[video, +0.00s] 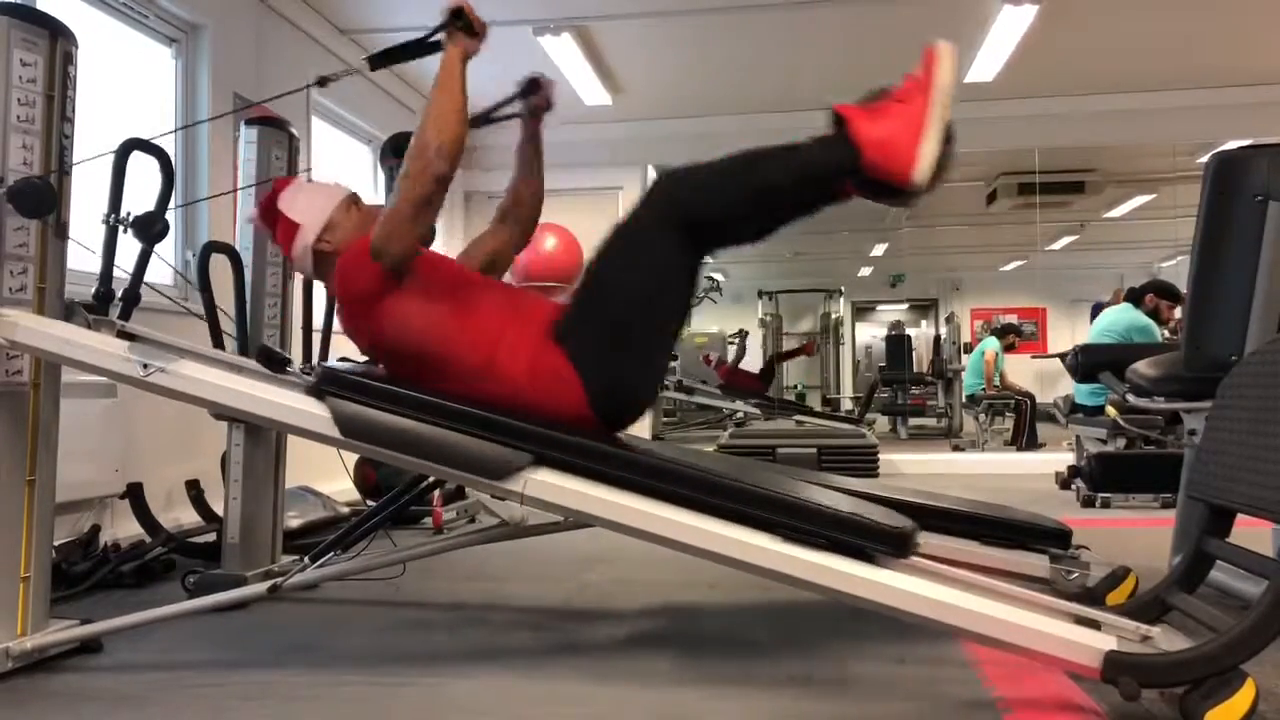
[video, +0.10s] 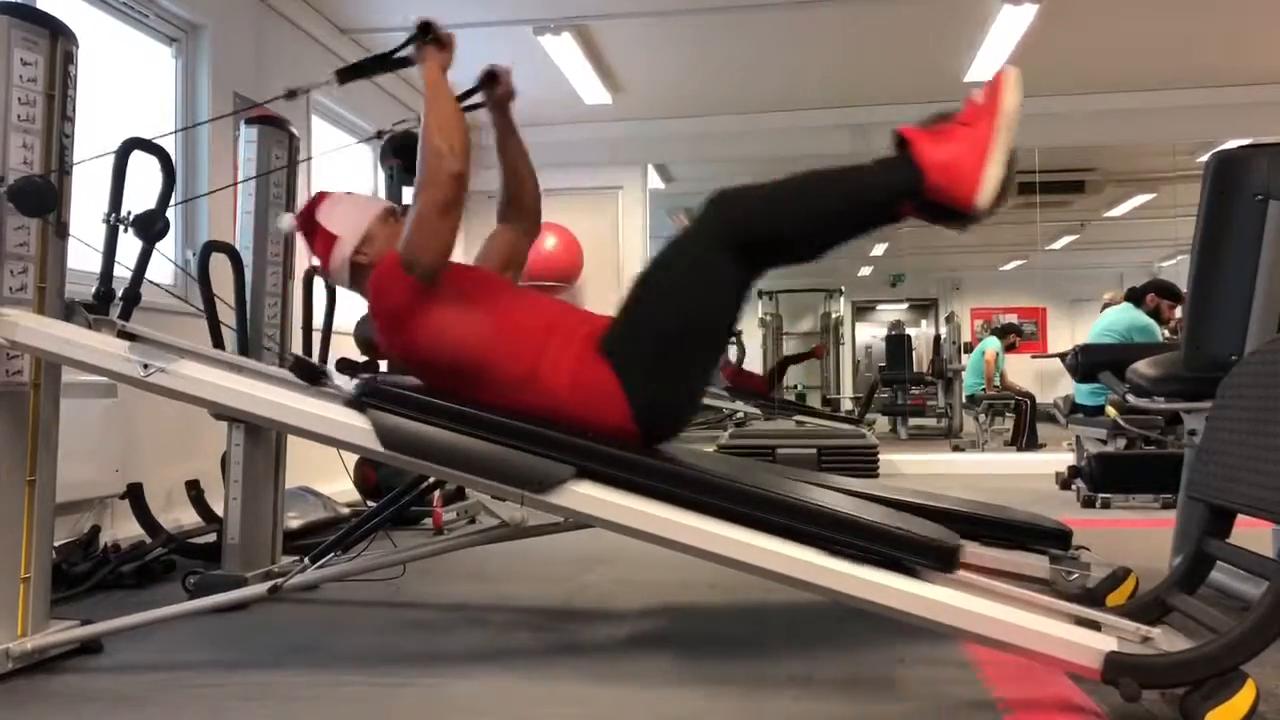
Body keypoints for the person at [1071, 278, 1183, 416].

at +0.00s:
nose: (1172, 316)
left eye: (1174, 309)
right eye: (1170, 308)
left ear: (1149, 300)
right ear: (1150, 300)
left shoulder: (1111, 311)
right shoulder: (1144, 325)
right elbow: (1159, 370)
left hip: (1082, 396)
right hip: (1102, 400)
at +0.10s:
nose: (1173, 316)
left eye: (1175, 309)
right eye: (1170, 308)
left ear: (1150, 299)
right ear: (1151, 300)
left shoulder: (1112, 311)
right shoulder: (1145, 325)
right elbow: (1161, 369)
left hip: (1083, 396)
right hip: (1102, 401)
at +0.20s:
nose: (1173, 317)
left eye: (1175, 310)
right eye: (1171, 308)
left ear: (1151, 300)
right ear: (1152, 300)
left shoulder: (1113, 311)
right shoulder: (1146, 324)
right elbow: (1161, 370)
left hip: (1082, 396)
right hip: (1102, 400)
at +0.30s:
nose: (1174, 318)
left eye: (1176, 311)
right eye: (1172, 309)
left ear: (1152, 301)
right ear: (1153, 301)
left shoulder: (1114, 312)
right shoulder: (1147, 325)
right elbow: (1160, 371)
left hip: (1082, 397)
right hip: (1103, 401)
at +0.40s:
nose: (1174, 317)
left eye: (1176, 310)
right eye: (1173, 309)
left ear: (1153, 301)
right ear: (1154, 301)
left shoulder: (1115, 312)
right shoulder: (1147, 325)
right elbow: (1160, 371)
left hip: (1082, 397)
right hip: (1103, 401)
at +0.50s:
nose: (1175, 318)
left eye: (1177, 311)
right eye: (1173, 309)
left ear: (1153, 301)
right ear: (1154, 301)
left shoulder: (1116, 312)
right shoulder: (1147, 325)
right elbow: (1159, 371)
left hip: (1083, 397)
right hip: (1104, 401)